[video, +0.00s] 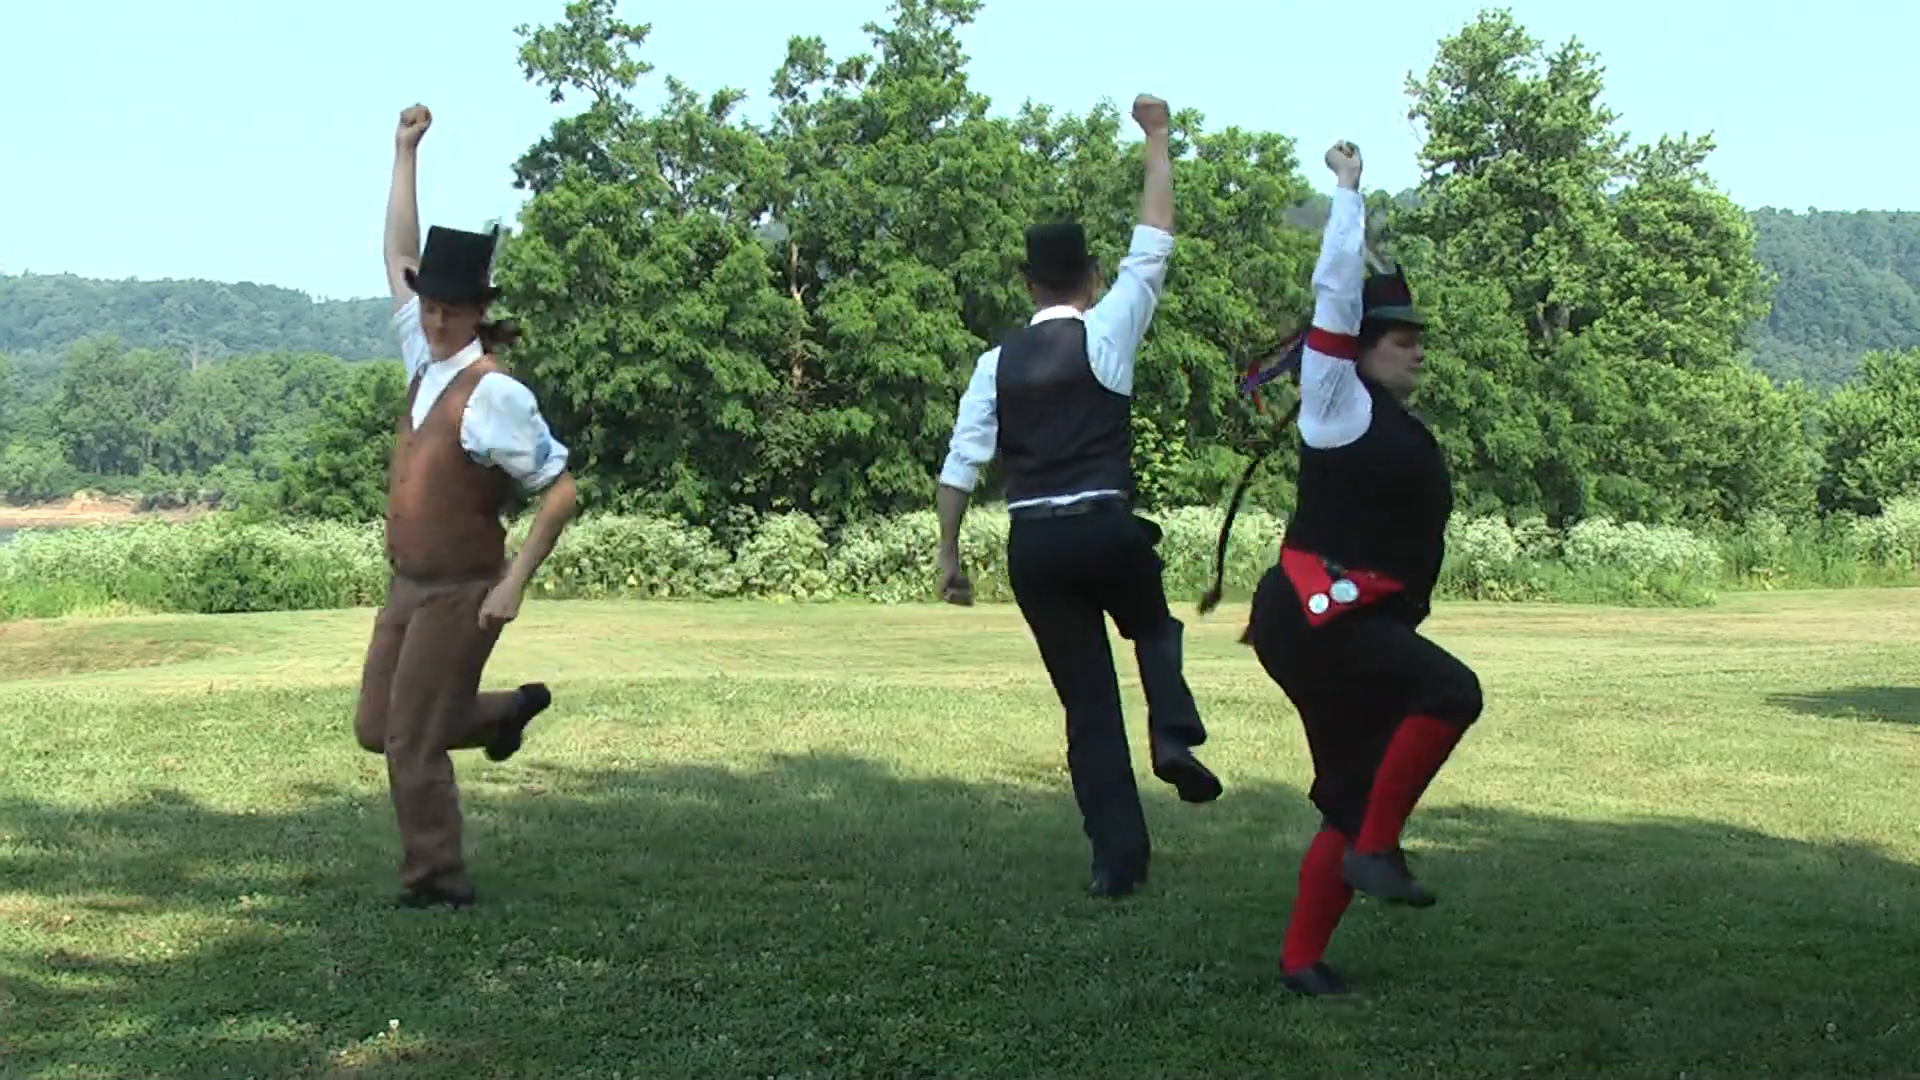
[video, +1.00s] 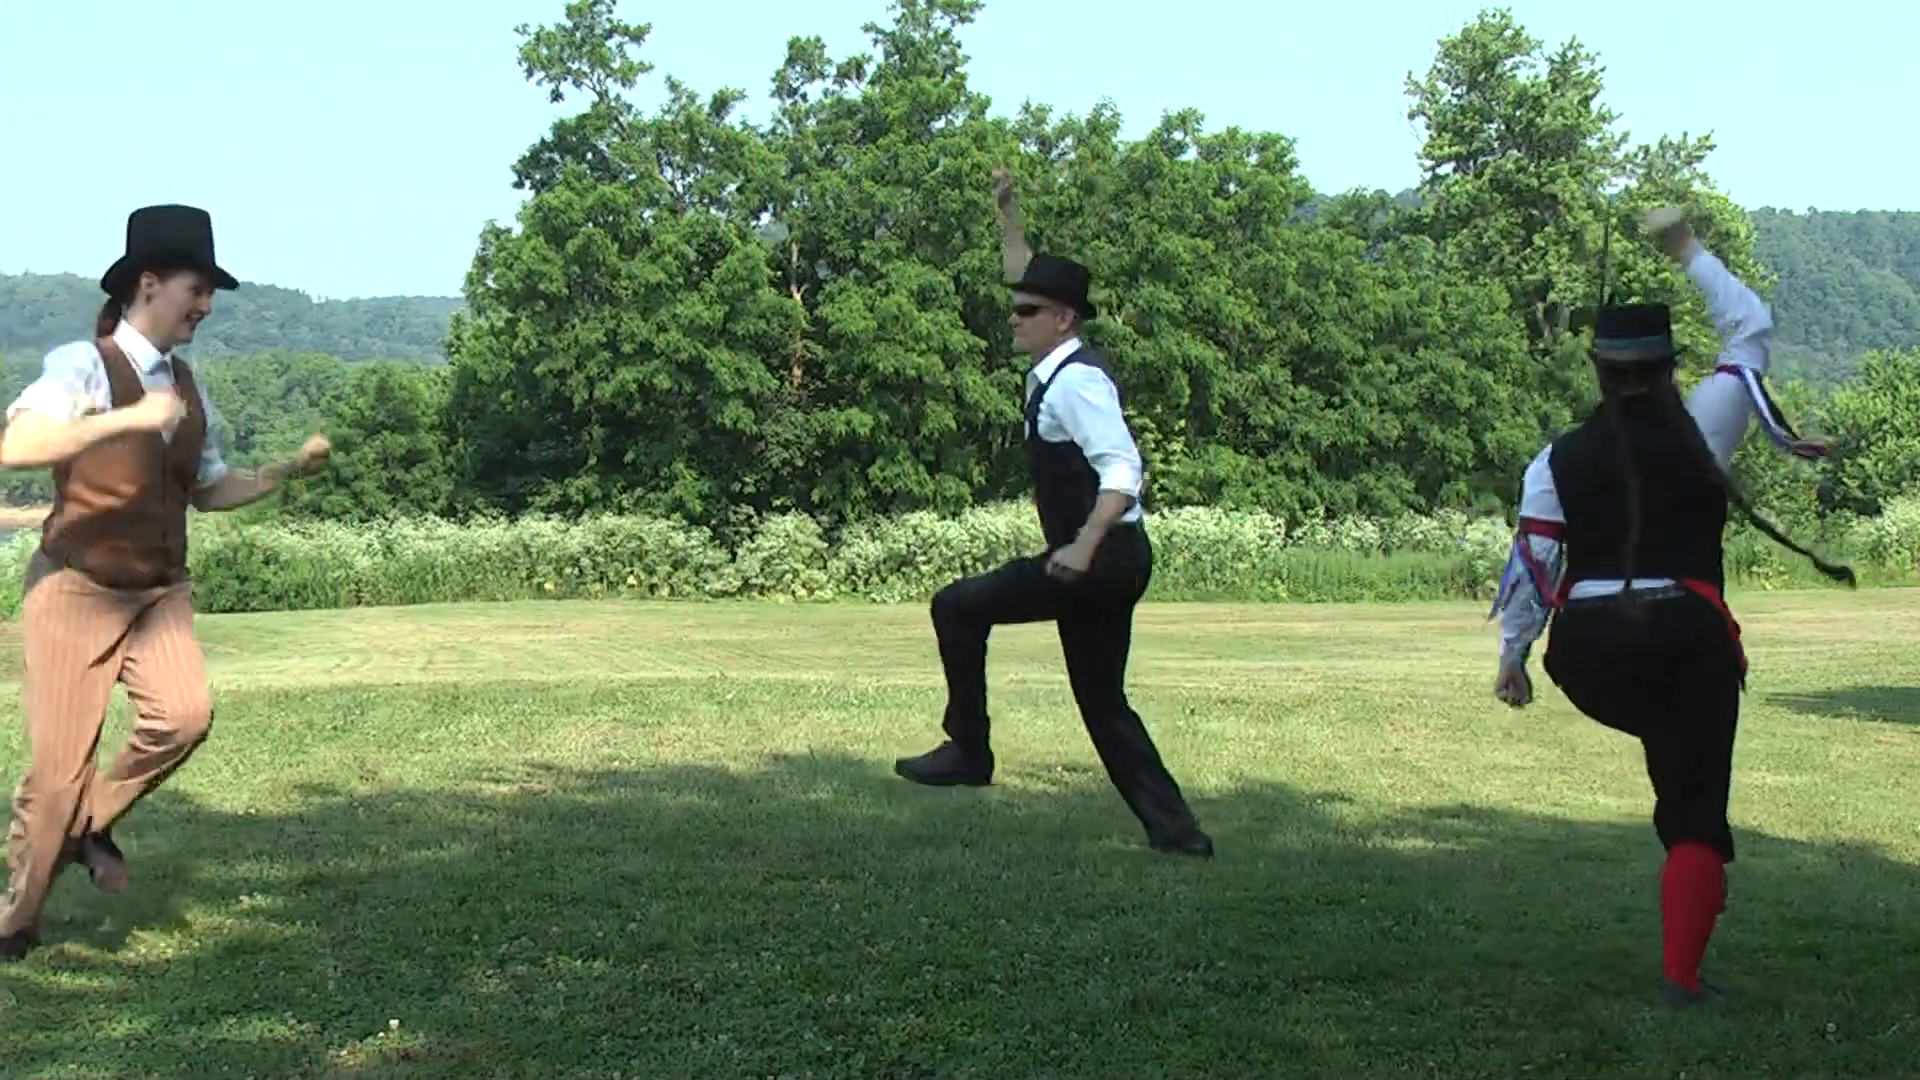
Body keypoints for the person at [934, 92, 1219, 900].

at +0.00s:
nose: (1098, 286)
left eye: (1079, 278)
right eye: (1097, 278)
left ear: (1029, 286)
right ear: (1091, 281)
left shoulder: (995, 364)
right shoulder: (1106, 333)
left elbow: (960, 463)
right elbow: (1153, 246)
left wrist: (947, 550)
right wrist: (1156, 141)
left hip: (1033, 543)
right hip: (1108, 531)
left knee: (1087, 704)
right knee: (1153, 627)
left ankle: (1118, 863)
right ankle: (1174, 742)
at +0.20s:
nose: (1075, 284)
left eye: (1074, 276)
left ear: (1073, 284)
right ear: (1134, 283)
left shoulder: (1040, 362)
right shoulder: (1158, 334)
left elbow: (1017, 458)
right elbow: (1203, 248)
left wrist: (1003, 548)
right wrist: (1209, 153)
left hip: (1080, 540)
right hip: (1156, 531)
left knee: (1105, 698)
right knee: (1174, 652)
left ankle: (1117, 858)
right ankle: (1215, 788)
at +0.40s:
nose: (1096, 314)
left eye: (1100, 305)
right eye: (1101, 303)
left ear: (1113, 311)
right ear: (1158, 311)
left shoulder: (1091, 383)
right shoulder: (1191, 364)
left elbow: (1084, 483)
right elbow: (1219, 283)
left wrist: (1069, 569)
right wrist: (1213, 191)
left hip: (1121, 554)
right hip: (1188, 550)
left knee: (1102, 697)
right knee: (1172, 692)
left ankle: (1136, 782)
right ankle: (1216, 836)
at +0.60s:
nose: (1087, 264)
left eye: (1092, 254)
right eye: (1090, 252)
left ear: (1118, 259)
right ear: (1141, 260)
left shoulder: (1109, 319)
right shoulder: (1166, 306)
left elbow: (1142, 423)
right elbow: (1168, 229)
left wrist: (1134, 513)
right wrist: (1163, 136)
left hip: (1121, 499)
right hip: (1166, 494)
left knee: (1018, 594)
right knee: (1170, 672)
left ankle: (1123, 698)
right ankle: (1215, 823)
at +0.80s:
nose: (1059, 293)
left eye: (1069, 284)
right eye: (1060, 282)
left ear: (1102, 287)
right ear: (1104, 285)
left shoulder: (1106, 353)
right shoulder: (1122, 326)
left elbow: (1164, 445)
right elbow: (1109, 245)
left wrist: (1170, 537)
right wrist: (1112, 159)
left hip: (1102, 534)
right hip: (1132, 537)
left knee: (986, 583)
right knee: (1131, 680)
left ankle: (1065, 711)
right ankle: (1182, 824)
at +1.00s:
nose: (1016, 321)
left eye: (1028, 312)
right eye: (1016, 310)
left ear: (1064, 318)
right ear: (1052, 316)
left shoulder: (1077, 383)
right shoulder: (1056, 366)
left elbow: (1122, 469)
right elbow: (1026, 280)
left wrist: (1086, 541)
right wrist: (1007, 212)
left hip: (1098, 555)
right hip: (1102, 556)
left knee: (957, 608)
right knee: (1102, 703)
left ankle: (967, 750)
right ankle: (1178, 835)